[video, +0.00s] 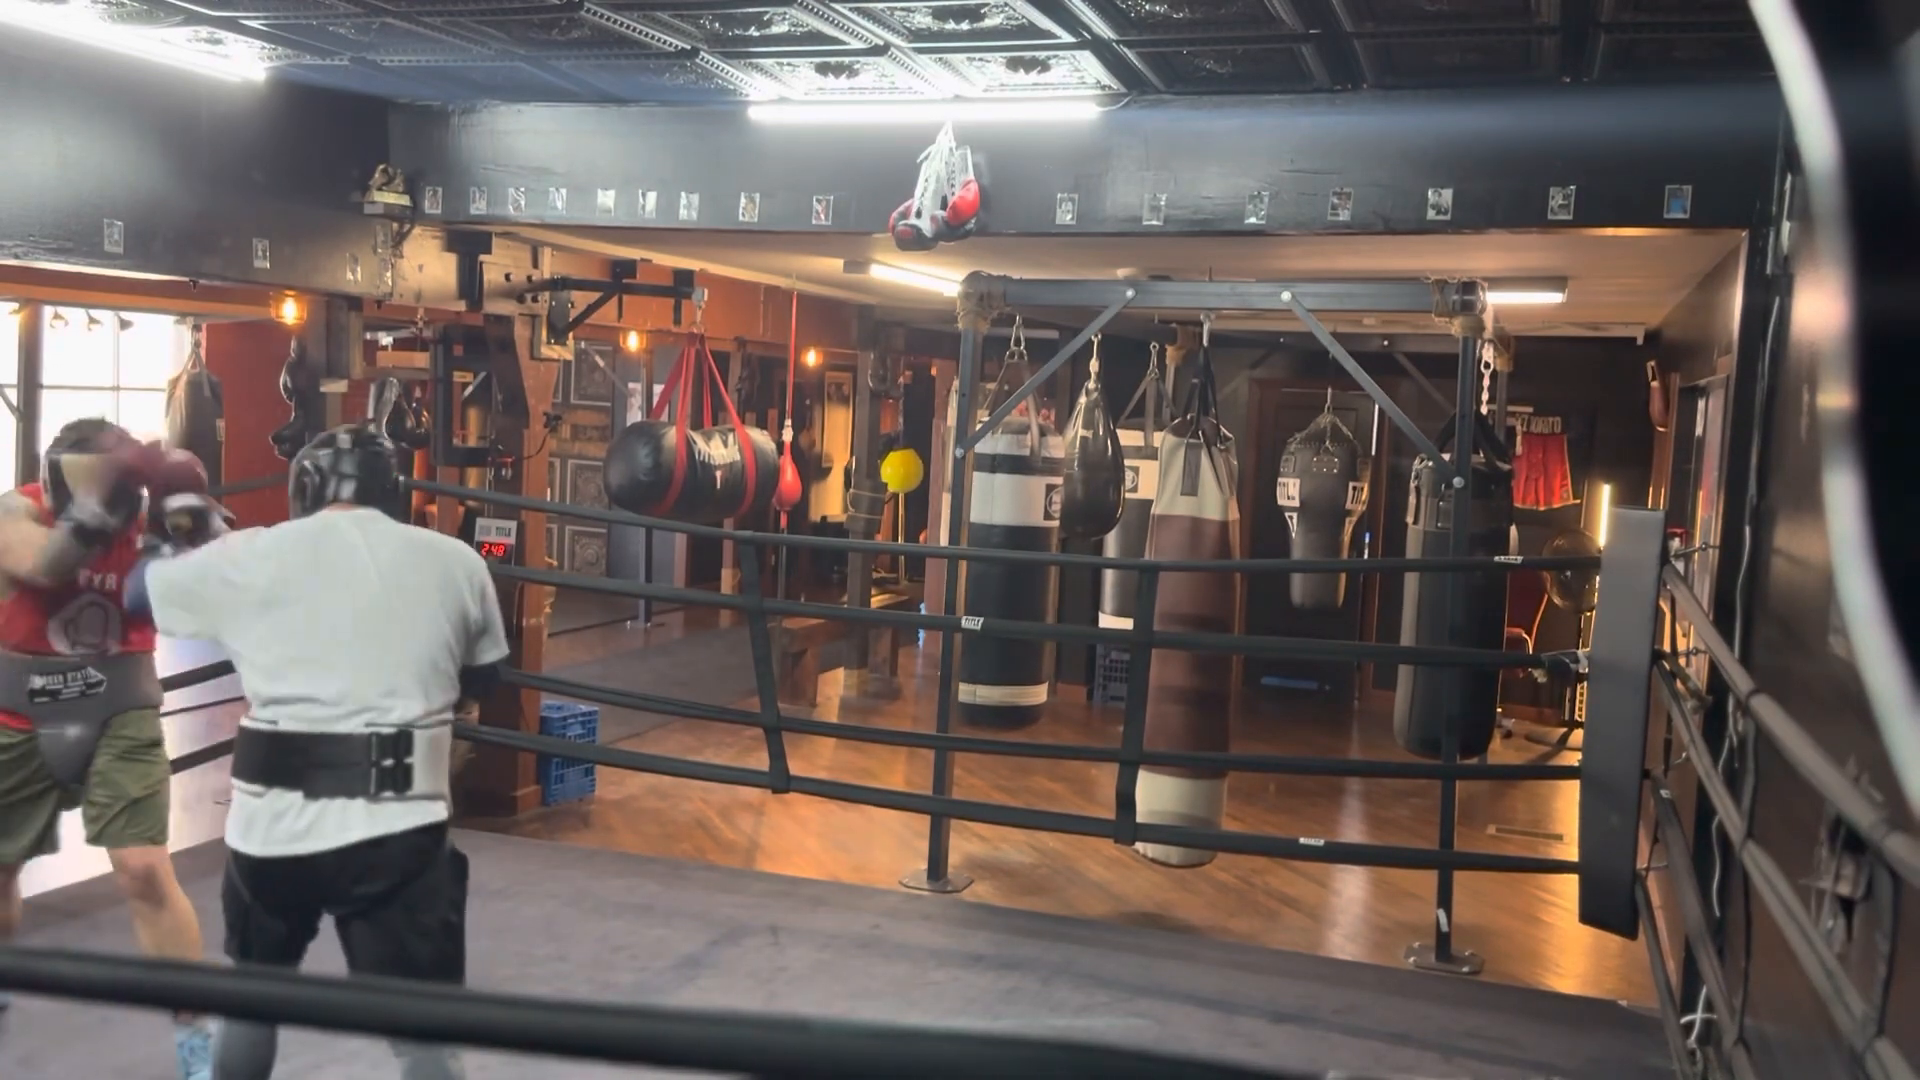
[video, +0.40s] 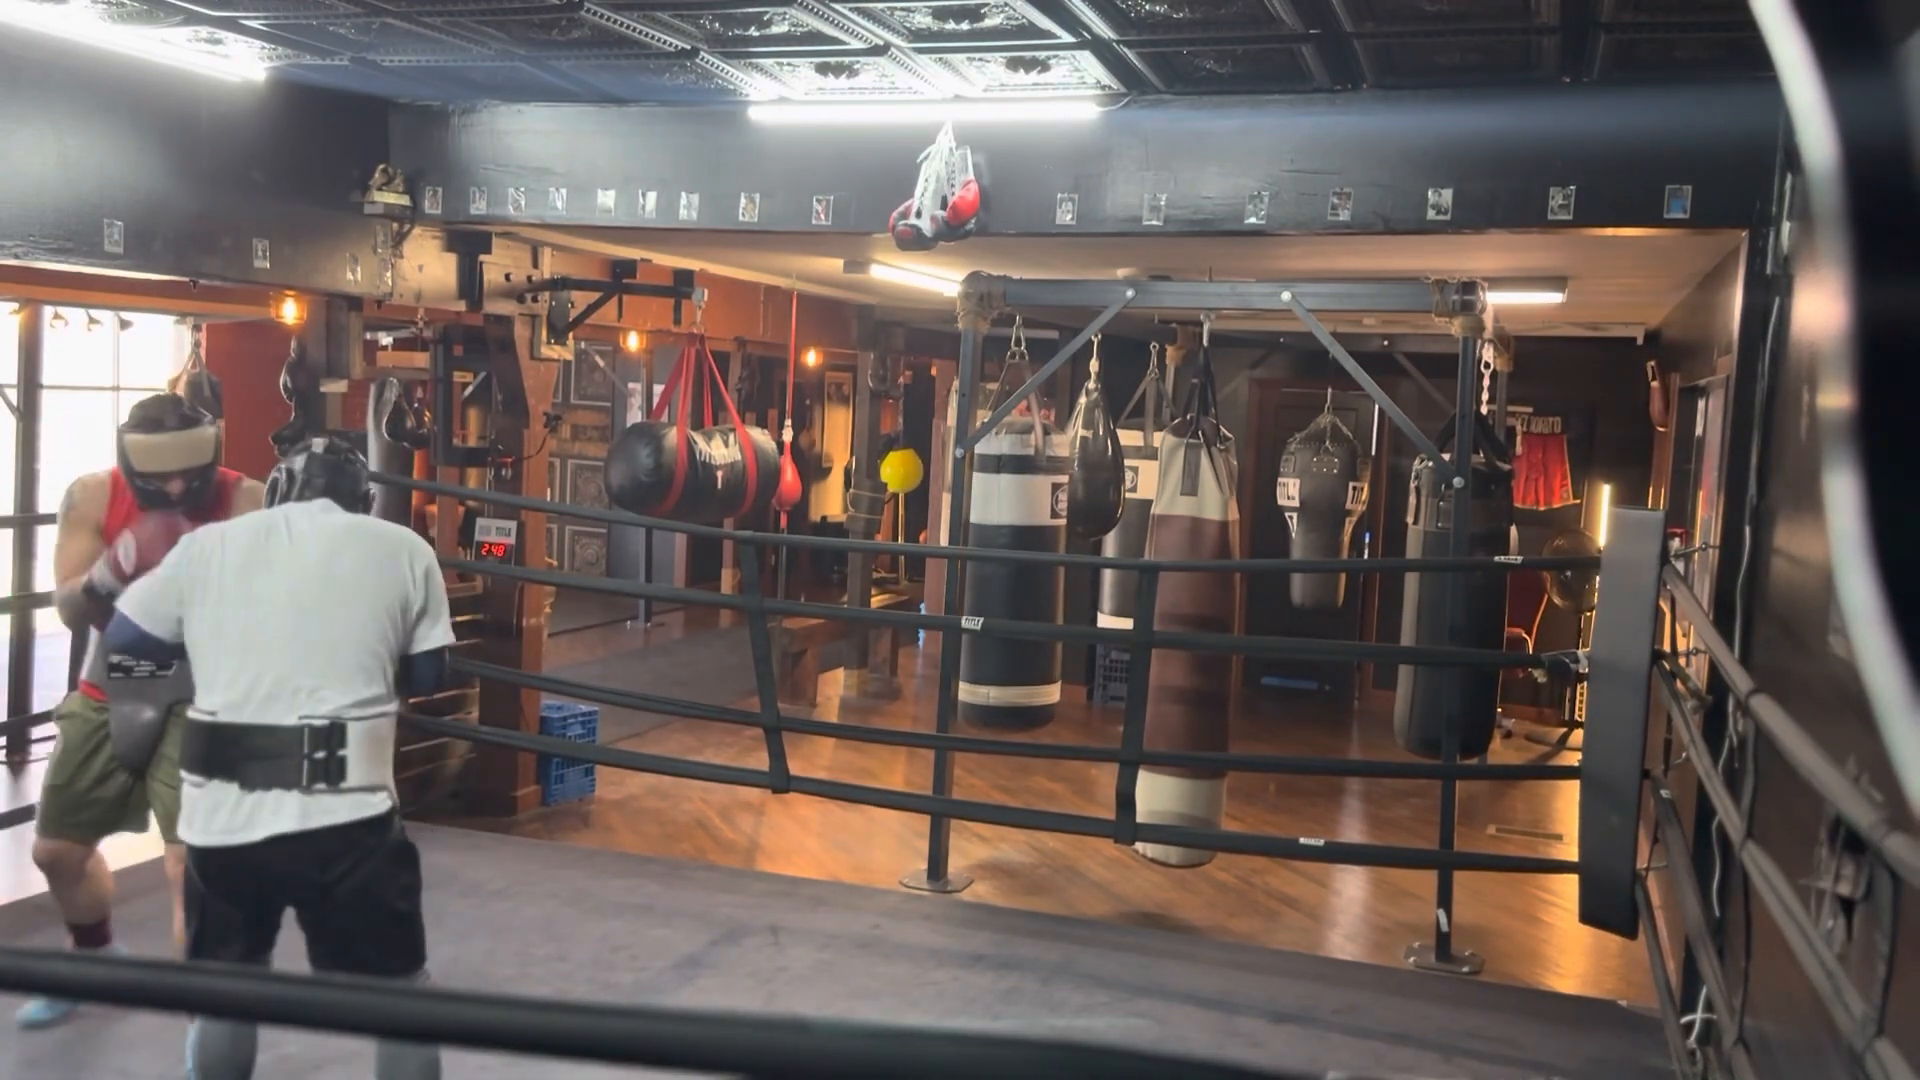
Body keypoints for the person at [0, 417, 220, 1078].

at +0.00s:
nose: (99, 501)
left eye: (110, 490)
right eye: (84, 487)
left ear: (129, 485)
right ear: (56, 480)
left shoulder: (147, 520)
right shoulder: (20, 507)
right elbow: (40, 565)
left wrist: (194, 529)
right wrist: (87, 518)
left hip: (123, 709)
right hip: (19, 715)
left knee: (144, 870)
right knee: (2, 877)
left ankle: (194, 1031)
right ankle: (3, 999)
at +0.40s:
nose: (175, 490)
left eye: (190, 474)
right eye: (158, 478)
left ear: (213, 457)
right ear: (131, 464)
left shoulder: (246, 501)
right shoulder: (92, 497)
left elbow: (264, 599)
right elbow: (68, 611)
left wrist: (207, 569)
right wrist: (119, 562)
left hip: (199, 695)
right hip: (106, 693)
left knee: (189, 864)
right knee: (59, 851)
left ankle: (201, 1003)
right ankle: (94, 967)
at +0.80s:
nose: (200, 456)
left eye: (215, 444)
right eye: (189, 443)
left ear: (242, 441)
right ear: (171, 438)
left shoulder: (272, 488)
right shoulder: (145, 491)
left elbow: (301, 587)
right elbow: (130, 584)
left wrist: (288, 524)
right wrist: (157, 512)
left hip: (249, 680)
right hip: (156, 680)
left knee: (260, 835)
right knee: (152, 835)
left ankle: (288, 987)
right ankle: (147, 962)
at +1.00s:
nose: (266, 486)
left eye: (277, 473)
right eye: (252, 475)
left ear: (298, 467)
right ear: (232, 473)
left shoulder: (322, 519)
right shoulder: (218, 511)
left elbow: (361, 571)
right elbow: (169, 578)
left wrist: (332, 514)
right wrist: (194, 516)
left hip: (290, 689)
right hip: (203, 681)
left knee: (309, 827)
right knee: (167, 827)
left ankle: (322, 959)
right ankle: (146, 956)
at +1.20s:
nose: (325, 479)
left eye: (340, 472)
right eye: (317, 469)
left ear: (356, 473)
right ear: (303, 462)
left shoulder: (381, 501)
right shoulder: (262, 497)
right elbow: (249, 594)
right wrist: (284, 540)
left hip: (354, 689)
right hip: (266, 684)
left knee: (365, 817)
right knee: (226, 817)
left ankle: (380, 945)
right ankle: (192, 931)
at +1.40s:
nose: (370, 484)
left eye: (385, 478)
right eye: (364, 472)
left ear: (405, 477)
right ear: (345, 466)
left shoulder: (415, 512)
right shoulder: (291, 494)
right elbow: (282, 595)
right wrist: (318, 537)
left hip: (376, 684)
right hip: (286, 681)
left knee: (387, 815)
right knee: (268, 804)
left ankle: (410, 948)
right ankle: (278, 910)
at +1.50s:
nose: (379, 496)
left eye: (392, 486)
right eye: (368, 484)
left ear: (405, 476)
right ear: (335, 470)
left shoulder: (411, 507)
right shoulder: (283, 497)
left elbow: (424, 591)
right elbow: (280, 597)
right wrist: (317, 539)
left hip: (373, 681)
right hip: (292, 682)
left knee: (372, 810)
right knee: (303, 811)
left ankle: (392, 940)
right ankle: (322, 921)